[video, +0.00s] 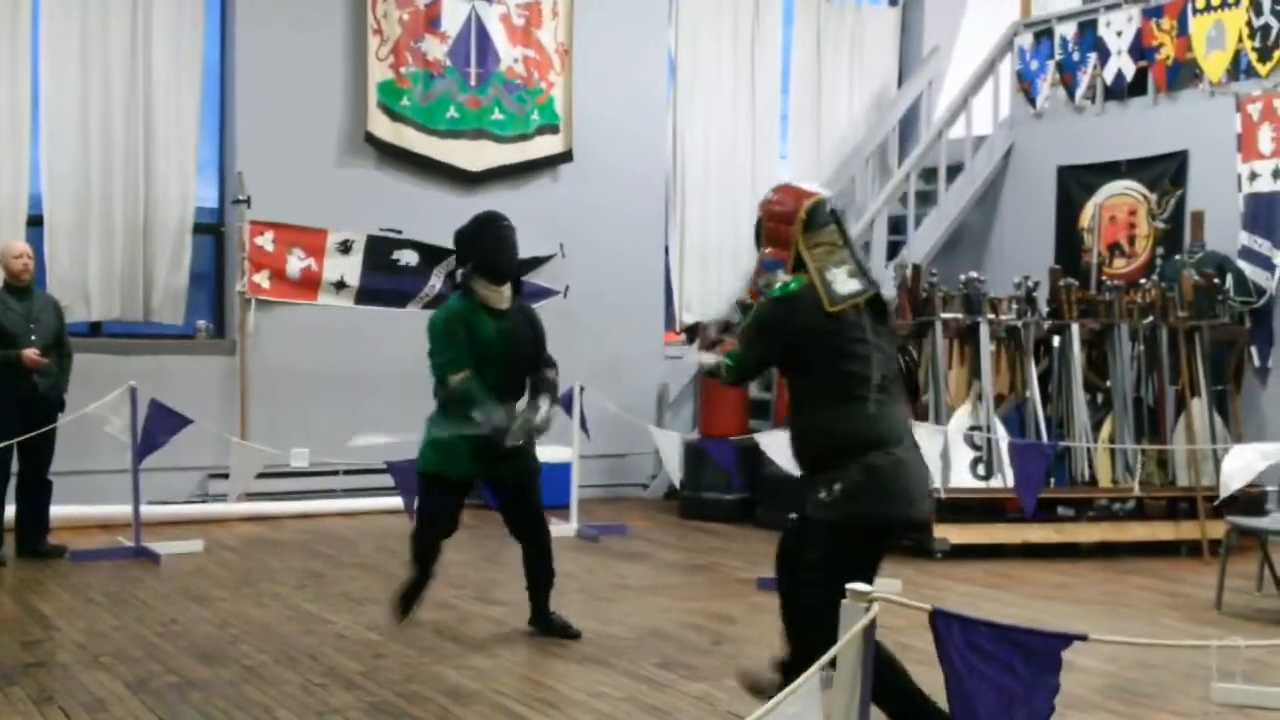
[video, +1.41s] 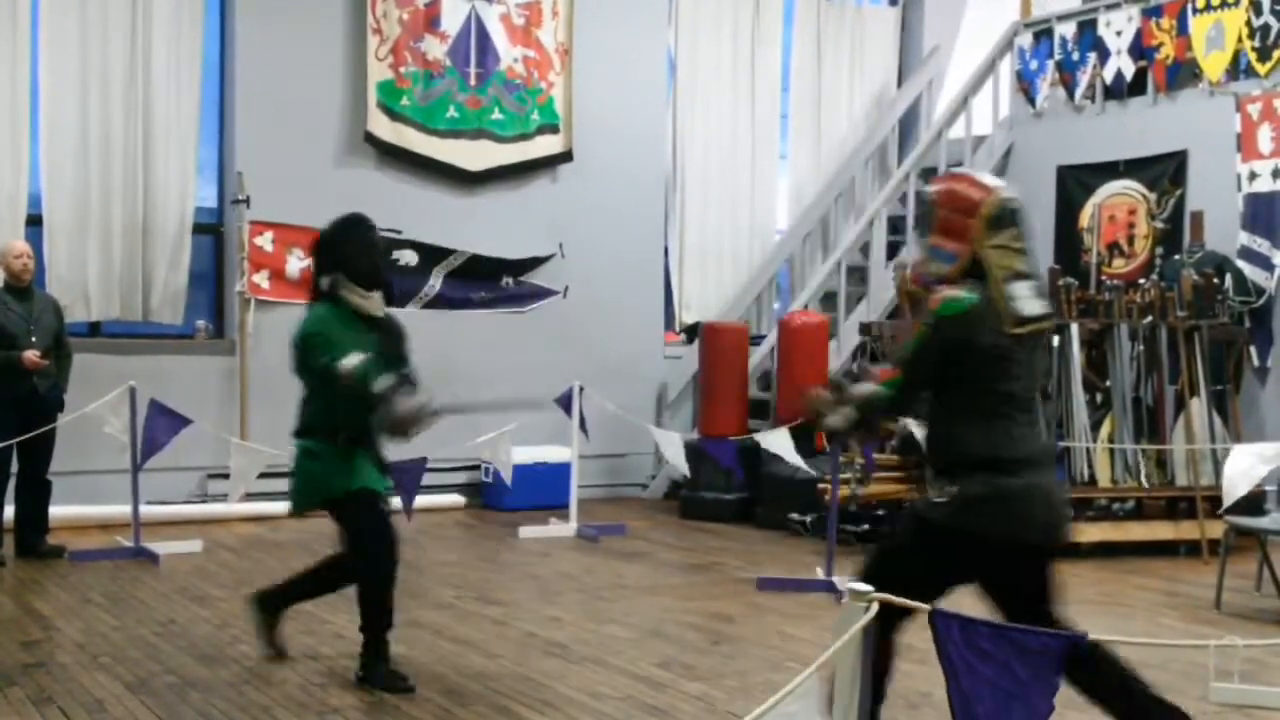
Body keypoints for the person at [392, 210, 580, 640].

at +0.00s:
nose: (508, 256)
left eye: (509, 247)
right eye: (498, 249)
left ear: (514, 256)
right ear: (475, 258)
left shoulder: (524, 317)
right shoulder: (450, 319)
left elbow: (544, 370)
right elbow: (455, 386)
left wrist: (538, 411)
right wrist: (501, 418)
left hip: (508, 440)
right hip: (453, 441)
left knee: (533, 528)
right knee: (435, 523)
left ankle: (541, 612)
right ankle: (419, 577)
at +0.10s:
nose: (510, 265)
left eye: (513, 258)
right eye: (501, 258)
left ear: (518, 265)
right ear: (481, 264)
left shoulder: (524, 316)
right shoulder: (459, 319)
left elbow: (540, 366)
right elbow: (483, 368)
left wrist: (558, 375)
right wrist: (531, 366)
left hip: (510, 431)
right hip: (461, 434)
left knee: (529, 524)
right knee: (450, 529)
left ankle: (550, 609)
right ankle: (461, 565)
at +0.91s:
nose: (497, 259)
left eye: (497, 250)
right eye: (486, 253)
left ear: (500, 256)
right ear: (465, 262)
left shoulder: (516, 313)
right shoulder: (450, 316)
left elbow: (531, 363)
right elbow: (465, 353)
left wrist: (547, 362)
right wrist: (515, 356)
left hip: (508, 430)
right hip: (460, 434)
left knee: (541, 523)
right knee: (463, 512)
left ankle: (543, 612)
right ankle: (458, 601)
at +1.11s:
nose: (454, 271)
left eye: (452, 264)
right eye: (445, 264)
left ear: (445, 273)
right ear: (424, 272)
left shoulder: (463, 324)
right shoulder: (404, 332)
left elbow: (497, 357)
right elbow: (451, 355)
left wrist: (532, 346)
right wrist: (509, 317)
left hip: (453, 453)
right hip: (406, 456)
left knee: (503, 530)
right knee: (416, 544)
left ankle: (527, 612)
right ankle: (406, 652)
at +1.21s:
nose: (431, 271)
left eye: (430, 262)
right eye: (421, 263)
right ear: (396, 271)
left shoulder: (426, 320)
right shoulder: (379, 328)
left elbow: (459, 342)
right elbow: (431, 343)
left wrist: (493, 347)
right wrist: (497, 320)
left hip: (418, 456)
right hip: (376, 458)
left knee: (480, 526)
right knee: (408, 537)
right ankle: (402, 652)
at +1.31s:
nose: (407, 265)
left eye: (404, 256)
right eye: (395, 257)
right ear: (371, 269)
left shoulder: (410, 326)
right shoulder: (351, 322)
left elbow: (439, 394)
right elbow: (386, 345)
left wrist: (453, 379)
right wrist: (435, 352)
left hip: (391, 452)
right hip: (353, 454)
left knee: (431, 540)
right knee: (402, 545)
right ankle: (379, 656)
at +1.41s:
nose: (378, 266)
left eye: (378, 256)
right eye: (368, 257)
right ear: (344, 264)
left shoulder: (383, 327)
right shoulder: (321, 325)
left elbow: (399, 386)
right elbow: (353, 378)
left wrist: (403, 409)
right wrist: (388, 392)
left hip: (363, 453)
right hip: (331, 455)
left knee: (369, 555)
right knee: (376, 550)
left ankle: (273, 600)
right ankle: (374, 663)